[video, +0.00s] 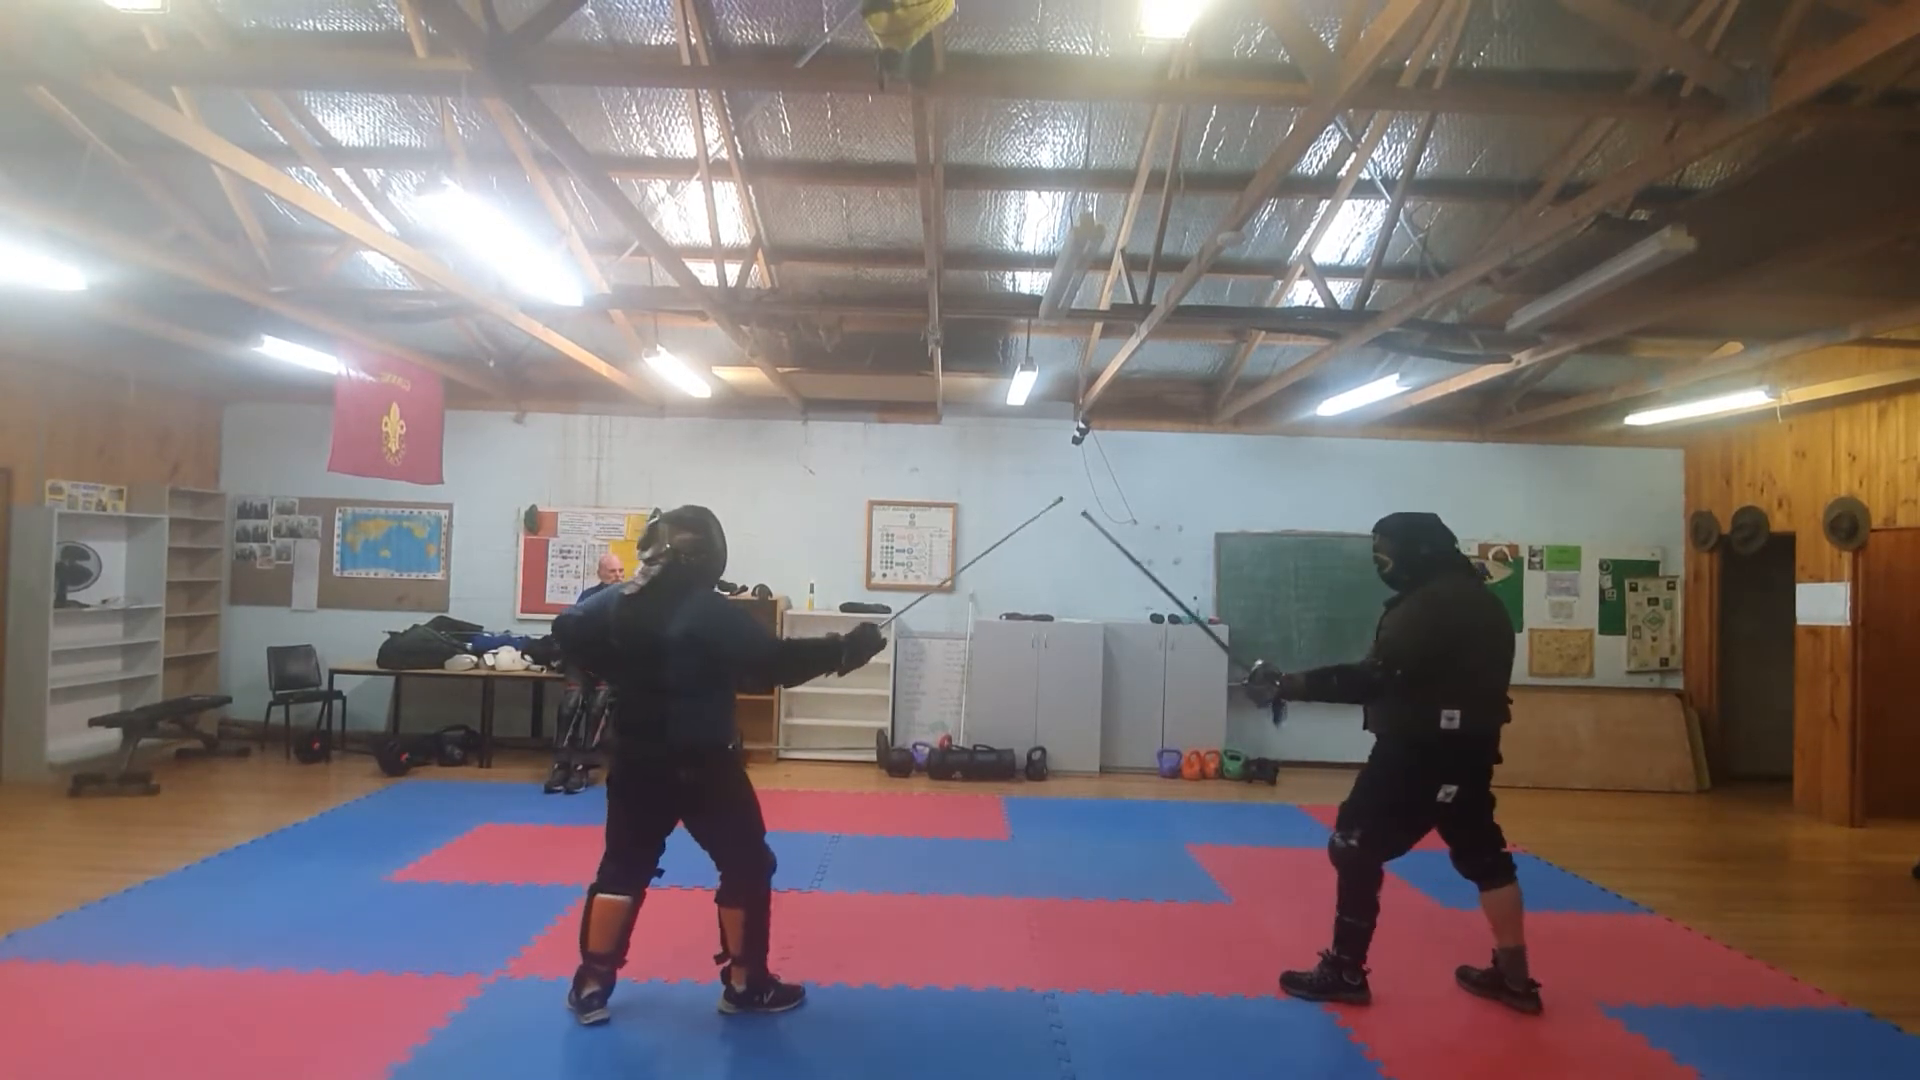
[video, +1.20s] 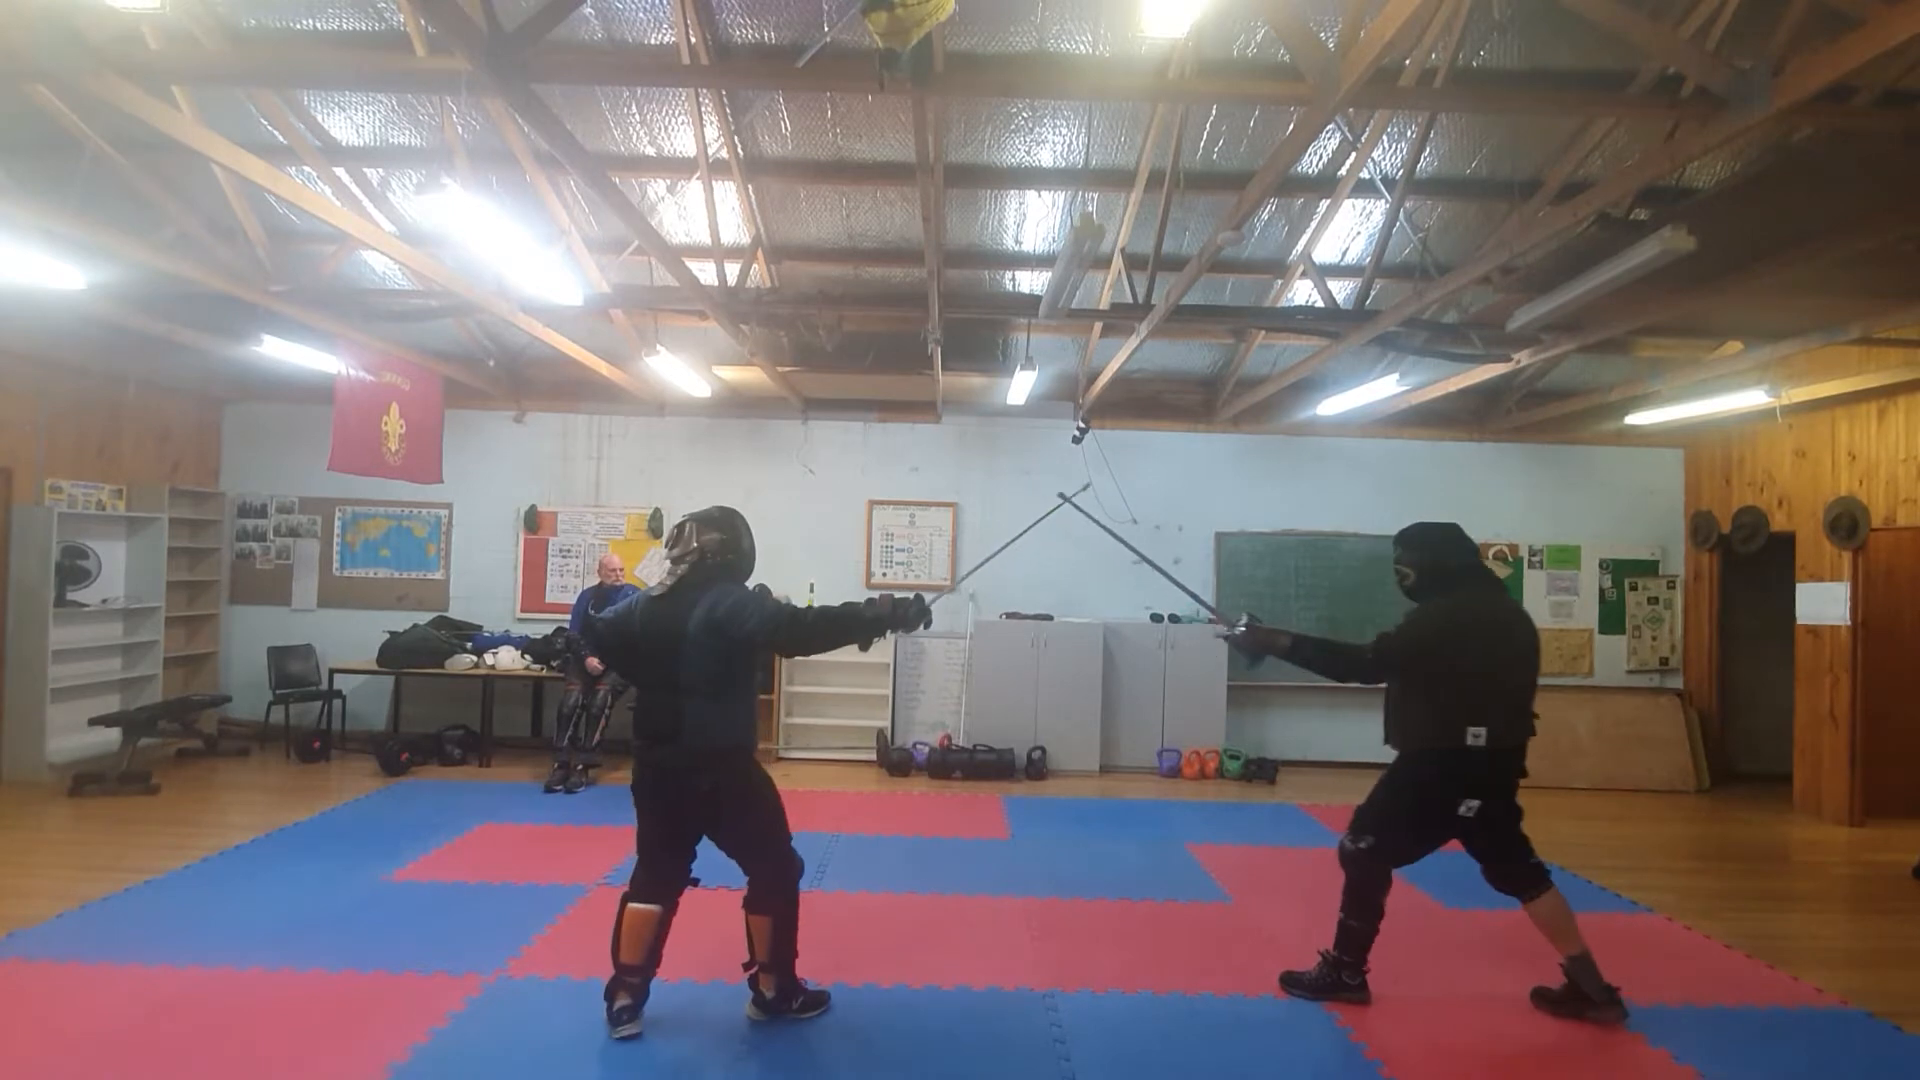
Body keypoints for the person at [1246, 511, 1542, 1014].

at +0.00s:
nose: (1380, 567)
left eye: (1385, 556)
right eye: (1377, 557)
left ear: (1413, 553)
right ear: (1434, 550)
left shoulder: (1416, 607)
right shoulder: (1487, 602)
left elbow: (1378, 679)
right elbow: (1488, 689)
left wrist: (1290, 685)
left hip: (1410, 756)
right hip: (1470, 755)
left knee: (1356, 845)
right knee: (1485, 855)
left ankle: (1345, 969)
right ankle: (1513, 973)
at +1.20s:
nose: (1401, 578)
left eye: (1406, 567)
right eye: (1399, 568)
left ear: (1435, 564)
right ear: (1458, 562)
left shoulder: (1440, 617)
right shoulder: (1512, 616)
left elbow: (1369, 665)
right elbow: (1511, 703)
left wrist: (1281, 643)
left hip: (1432, 768)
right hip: (1494, 771)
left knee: (1364, 851)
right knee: (1518, 869)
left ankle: (1345, 970)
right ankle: (1589, 984)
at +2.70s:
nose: (1438, 578)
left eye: (1445, 567)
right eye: (1436, 567)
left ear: (1479, 565)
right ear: (1497, 565)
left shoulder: (1484, 621)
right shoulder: (1539, 619)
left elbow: (1439, 691)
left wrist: (1346, 661)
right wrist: (1352, 670)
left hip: (1467, 777)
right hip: (1511, 778)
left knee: (1393, 867)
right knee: (1520, 876)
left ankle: (1371, 998)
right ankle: (1608, 987)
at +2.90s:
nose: (1481, 577)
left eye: (1488, 565)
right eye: (1479, 565)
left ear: (1522, 563)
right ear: (1535, 562)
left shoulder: (1532, 621)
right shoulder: (1580, 615)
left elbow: (1495, 704)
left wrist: (1402, 680)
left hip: (1510, 779)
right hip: (1554, 778)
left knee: (1445, 876)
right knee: (1566, 884)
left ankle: (1391, 993)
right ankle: (1620, 1000)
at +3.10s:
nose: (1505, 570)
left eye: (1514, 559)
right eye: (1503, 559)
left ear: (1550, 560)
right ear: (1566, 560)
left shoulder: (1546, 620)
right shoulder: (1608, 615)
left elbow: (1514, 698)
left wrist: (1429, 680)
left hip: (1526, 774)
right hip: (1575, 775)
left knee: (1467, 869)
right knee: (1572, 878)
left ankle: (1449, 1001)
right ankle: (1622, 999)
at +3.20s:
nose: (1511, 570)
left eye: (1520, 559)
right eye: (1509, 559)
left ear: (1557, 559)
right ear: (1566, 560)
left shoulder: (1573, 619)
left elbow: (1522, 699)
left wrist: (1431, 679)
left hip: (1533, 774)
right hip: (1571, 774)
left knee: (1471, 869)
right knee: (1573, 878)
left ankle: (1450, 1001)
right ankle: (1621, 1000)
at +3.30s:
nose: (1512, 570)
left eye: (1521, 559)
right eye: (1510, 559)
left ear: (1559, 558)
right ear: (1565, 560)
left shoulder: (1581, 618)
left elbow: (1525, 698)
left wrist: (1432, 679)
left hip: (1534, 774)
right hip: (1569, 773)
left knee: (1473, 871)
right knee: (1572, 877)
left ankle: (1450, 1001)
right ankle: (1621, 1000)